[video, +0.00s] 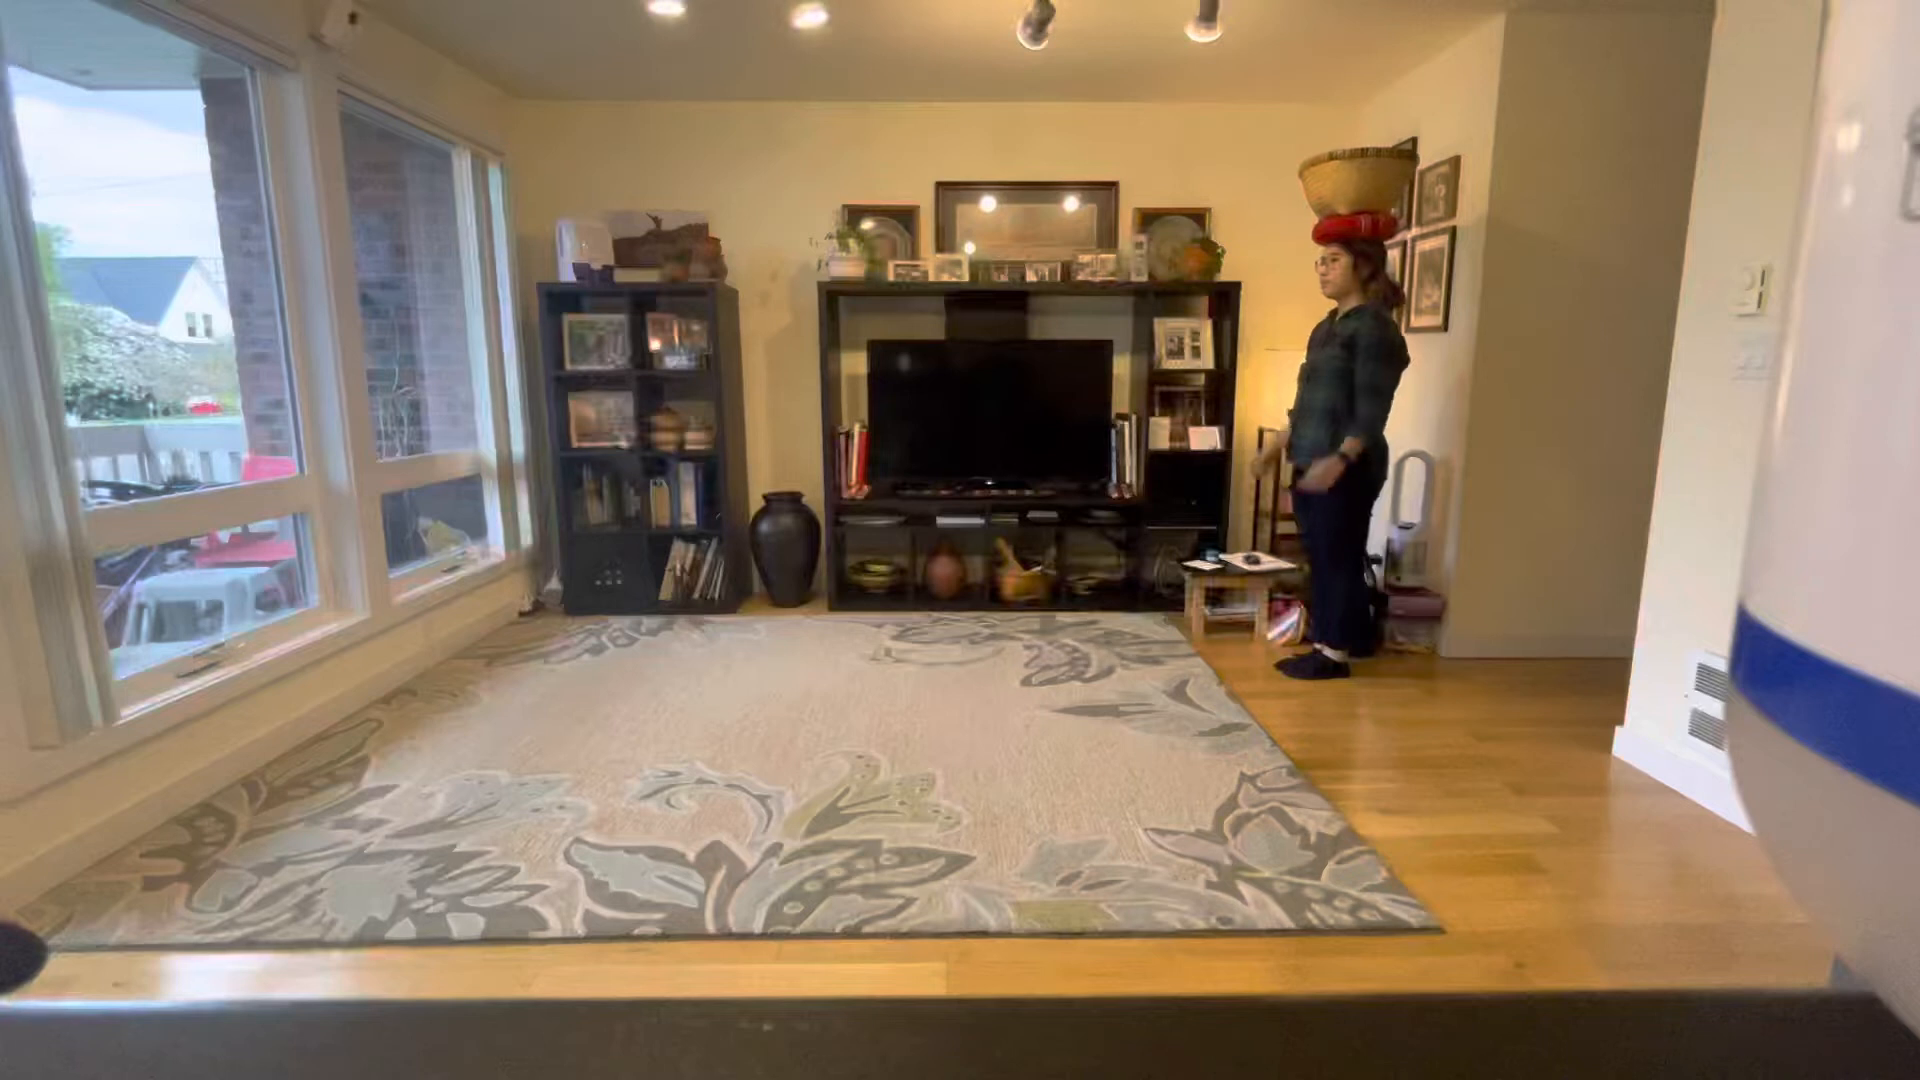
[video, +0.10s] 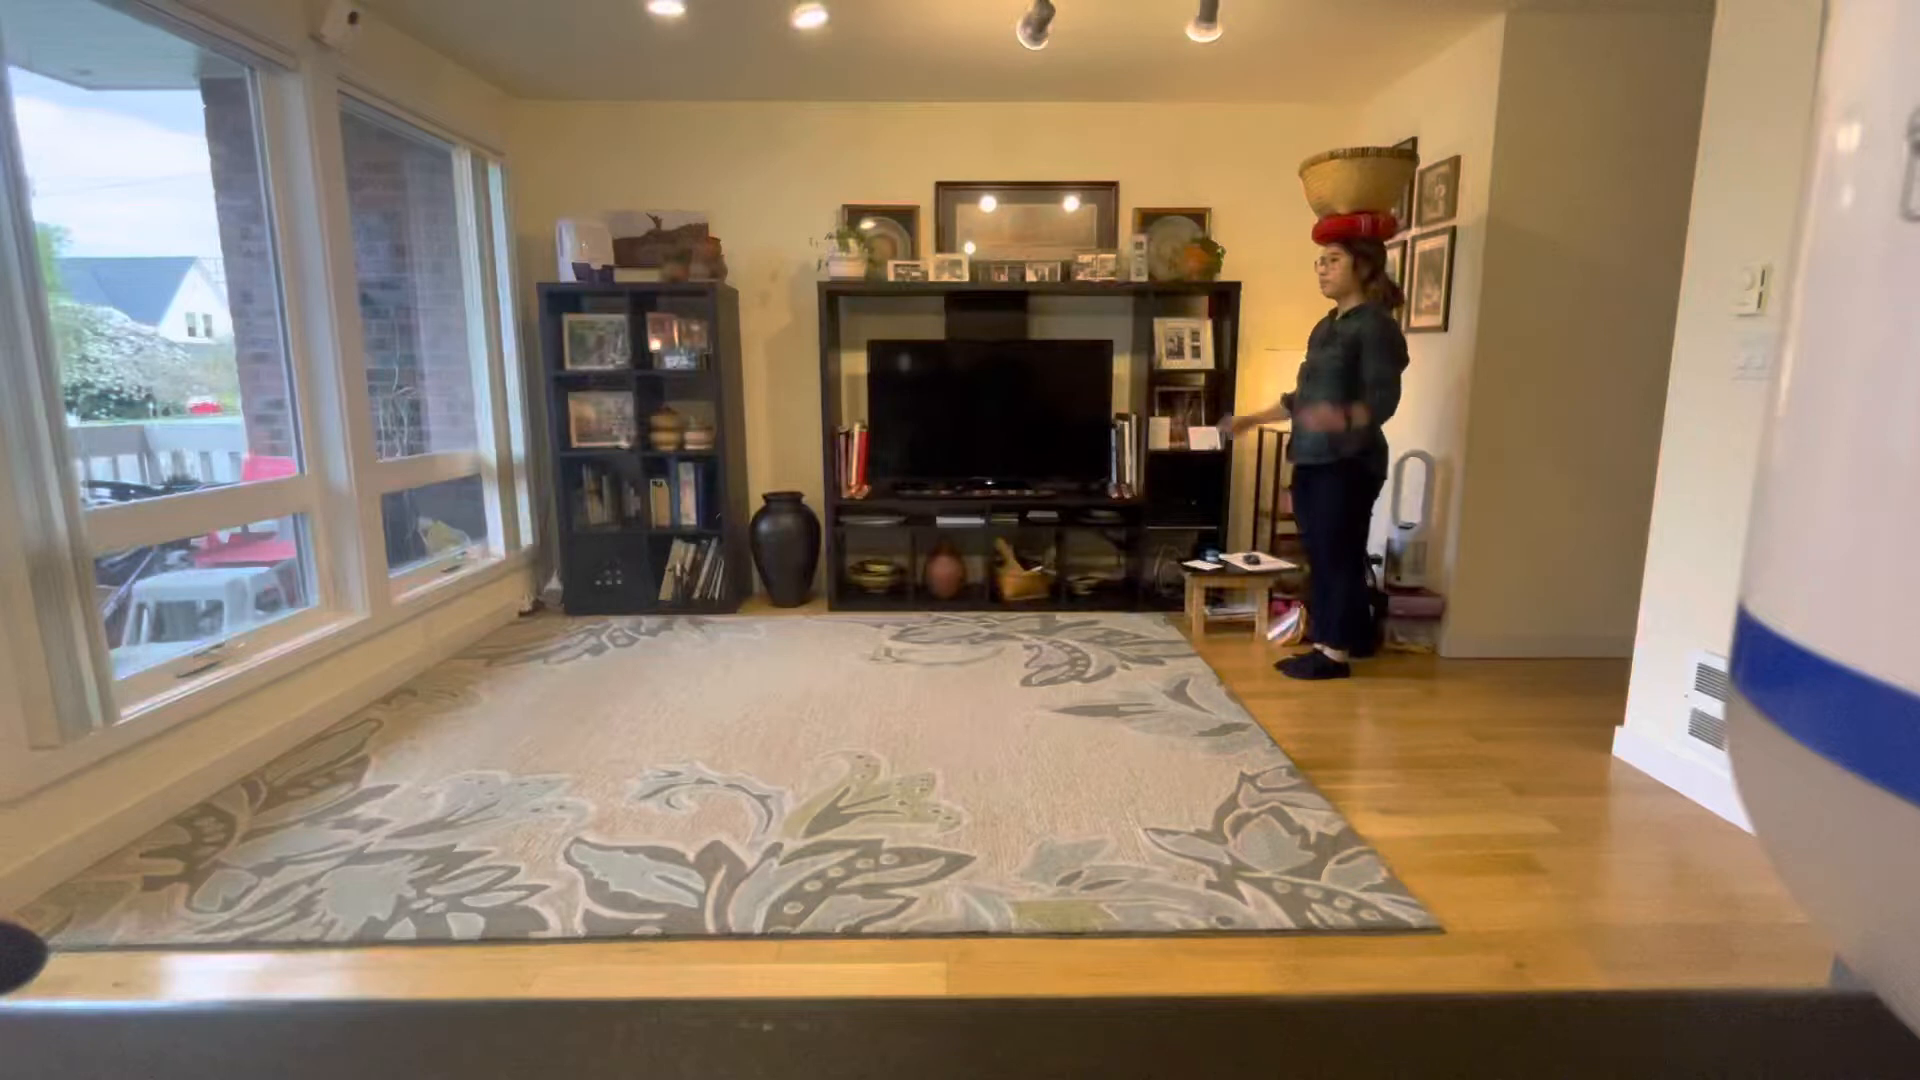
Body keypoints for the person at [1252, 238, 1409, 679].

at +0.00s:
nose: (1322, 270)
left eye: (1332, 261)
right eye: (1320, 262)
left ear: (1363, 268)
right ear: (1321, 271)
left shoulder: (1375, 326)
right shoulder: (1326, 327)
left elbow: (1373, 405)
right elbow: (1309, 399)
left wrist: (1340, 457)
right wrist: (1277, 445)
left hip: (1349, 460)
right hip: (1315, 457)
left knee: (1338, 554)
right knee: (1322, 553)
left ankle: (1334, 650)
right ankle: (1327, 640)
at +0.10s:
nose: (1320, 270)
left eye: (1330, 261)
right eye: (1320, 263)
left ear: (1361, 267)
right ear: (1330, 269)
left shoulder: (1376, 324)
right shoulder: (1326, 327)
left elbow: (1383, 399)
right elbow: (1306, 397)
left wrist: (1343, 417)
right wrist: (1254, 419)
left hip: (1349, 461)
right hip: (1315, 460)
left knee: (1338, 551)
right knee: (1321, 551)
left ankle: (1335, 649)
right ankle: (1331, 639)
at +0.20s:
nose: (1320, 270)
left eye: (1330, 261)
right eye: (1319, 263)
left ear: (1362, 266)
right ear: (1323, 270)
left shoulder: (1378, 321)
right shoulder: (1326, 326)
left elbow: (1388, 391)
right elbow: (1302, 389)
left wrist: (1345, 369)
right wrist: (1243, 389)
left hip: (1350, 459)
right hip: (1314, 458)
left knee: (1338, 552)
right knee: (1321, 551)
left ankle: (1335, 649)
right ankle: (1328, 638)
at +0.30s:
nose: (1321, 271)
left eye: (1330, 261)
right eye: (1320, 263)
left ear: (1362, 264)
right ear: (1331, 270)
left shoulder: (1382, 320)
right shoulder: (1325, 324)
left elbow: (1388, 364)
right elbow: (1285, 373)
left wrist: (1365, 311)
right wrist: (1246, 340)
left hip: (1352, 456)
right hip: (1312, 455)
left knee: (1338, 550)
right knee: (1320, 550)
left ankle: (1335, 650)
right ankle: (1333, 639)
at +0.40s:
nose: (1322, 270)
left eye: (1333, 261)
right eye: (1319, 262)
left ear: (1360, 267)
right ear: (1319, 270)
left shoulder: (1376, 317)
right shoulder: (1321, 322)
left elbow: (1394, 331)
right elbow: (1270, 350)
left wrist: (1376, 274)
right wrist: (1261, 301)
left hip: (1353, 451)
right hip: (1312, 451)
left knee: (1338, 547)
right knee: (1319, 547)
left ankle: (1334, 650)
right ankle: (1335, 638)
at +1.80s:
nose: (1321, 268)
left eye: (1332, 259)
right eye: (1318, 260)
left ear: (1361, 264)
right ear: (1315, 267)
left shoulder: (1378, 317)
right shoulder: (1313, 323)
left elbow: (1398, 353)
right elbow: (1258, 352)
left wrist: (1370, 293)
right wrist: (1262, 300)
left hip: (1350, 457)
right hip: (1305, 456)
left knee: (1341, 553)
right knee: (1315, 553)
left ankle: (1338, 653)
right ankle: (1323, 644)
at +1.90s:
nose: (1321, 268)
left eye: (1332, 259)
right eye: (1318, 261)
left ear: (1362, 266)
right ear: (1314, 268)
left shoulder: (1382, 322)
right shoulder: (1316, 325)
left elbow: (1391, 382)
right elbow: (1269, 370)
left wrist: (1347, 345)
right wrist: (1254, 325)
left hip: (1350, 459)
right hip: (1305, 458)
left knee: (1340, 553)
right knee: (1314, 553)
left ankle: (1337, 652)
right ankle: (1324, 643)